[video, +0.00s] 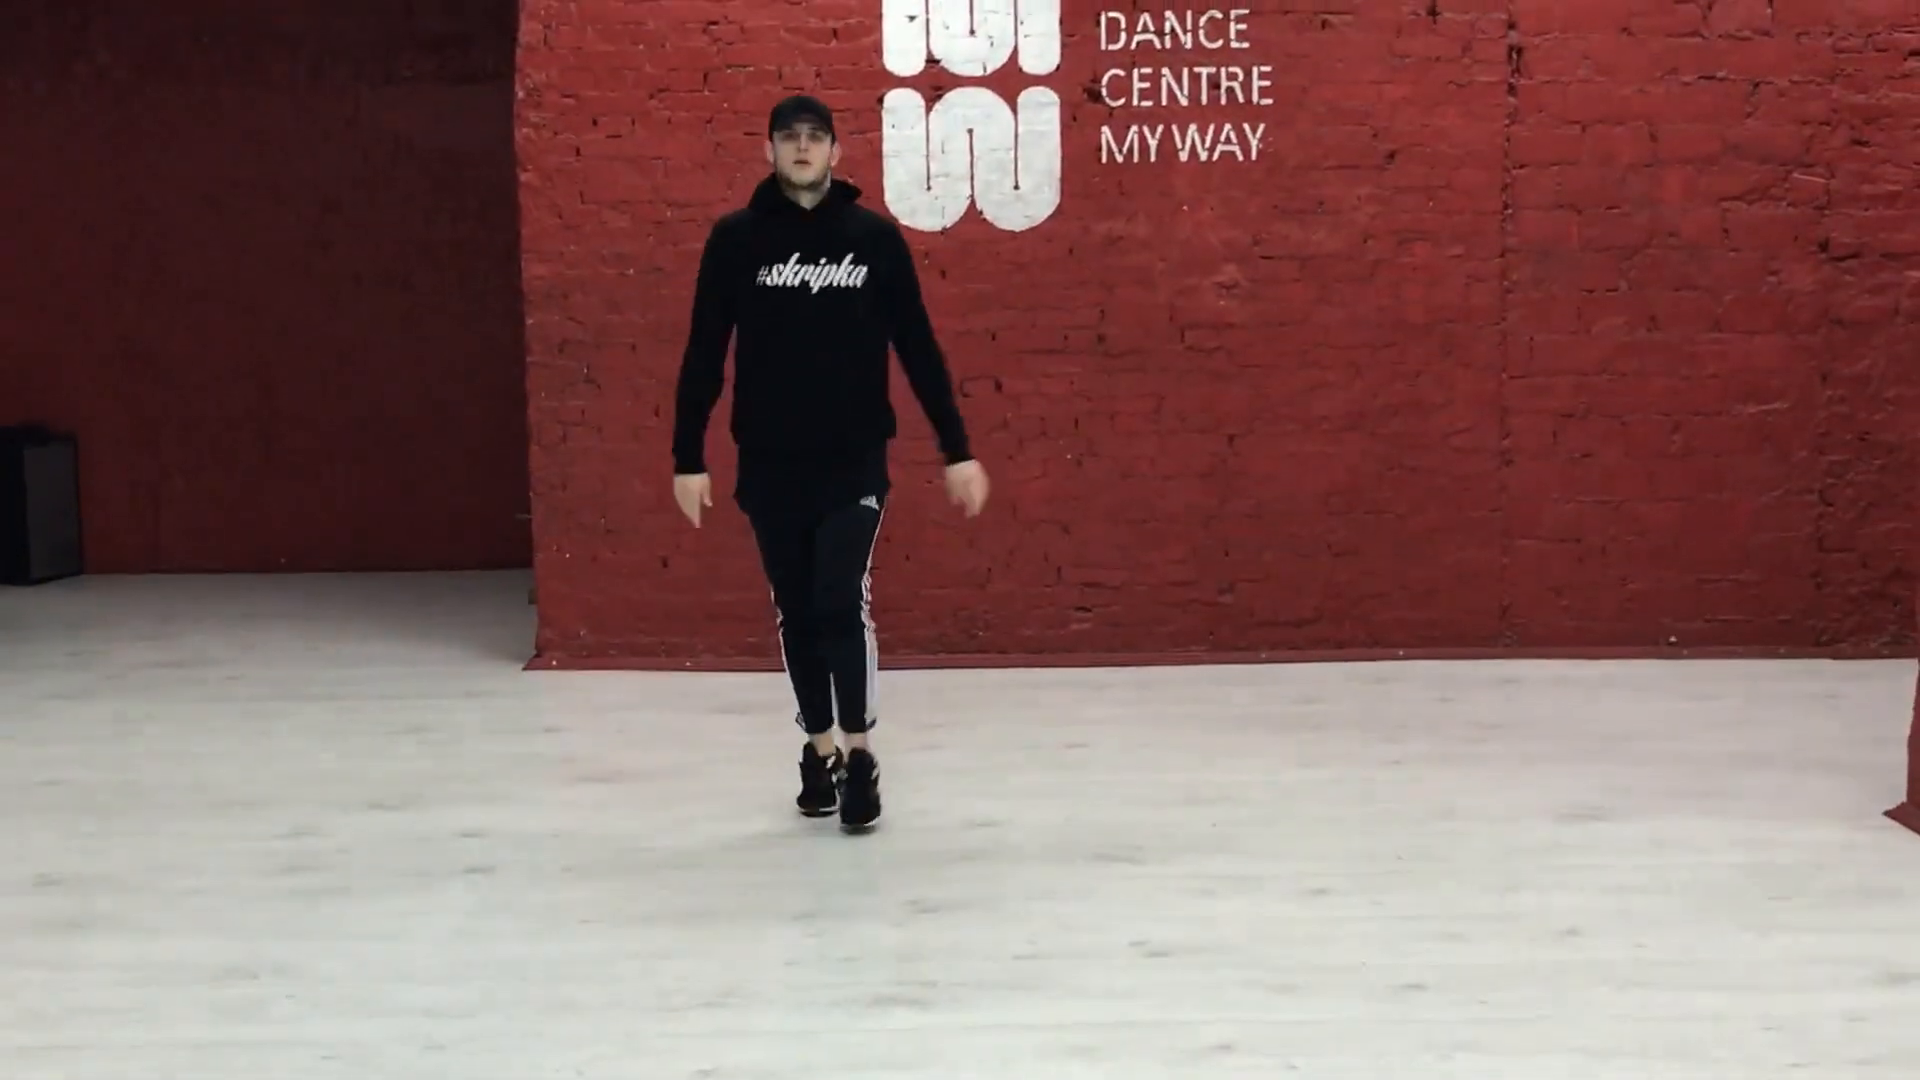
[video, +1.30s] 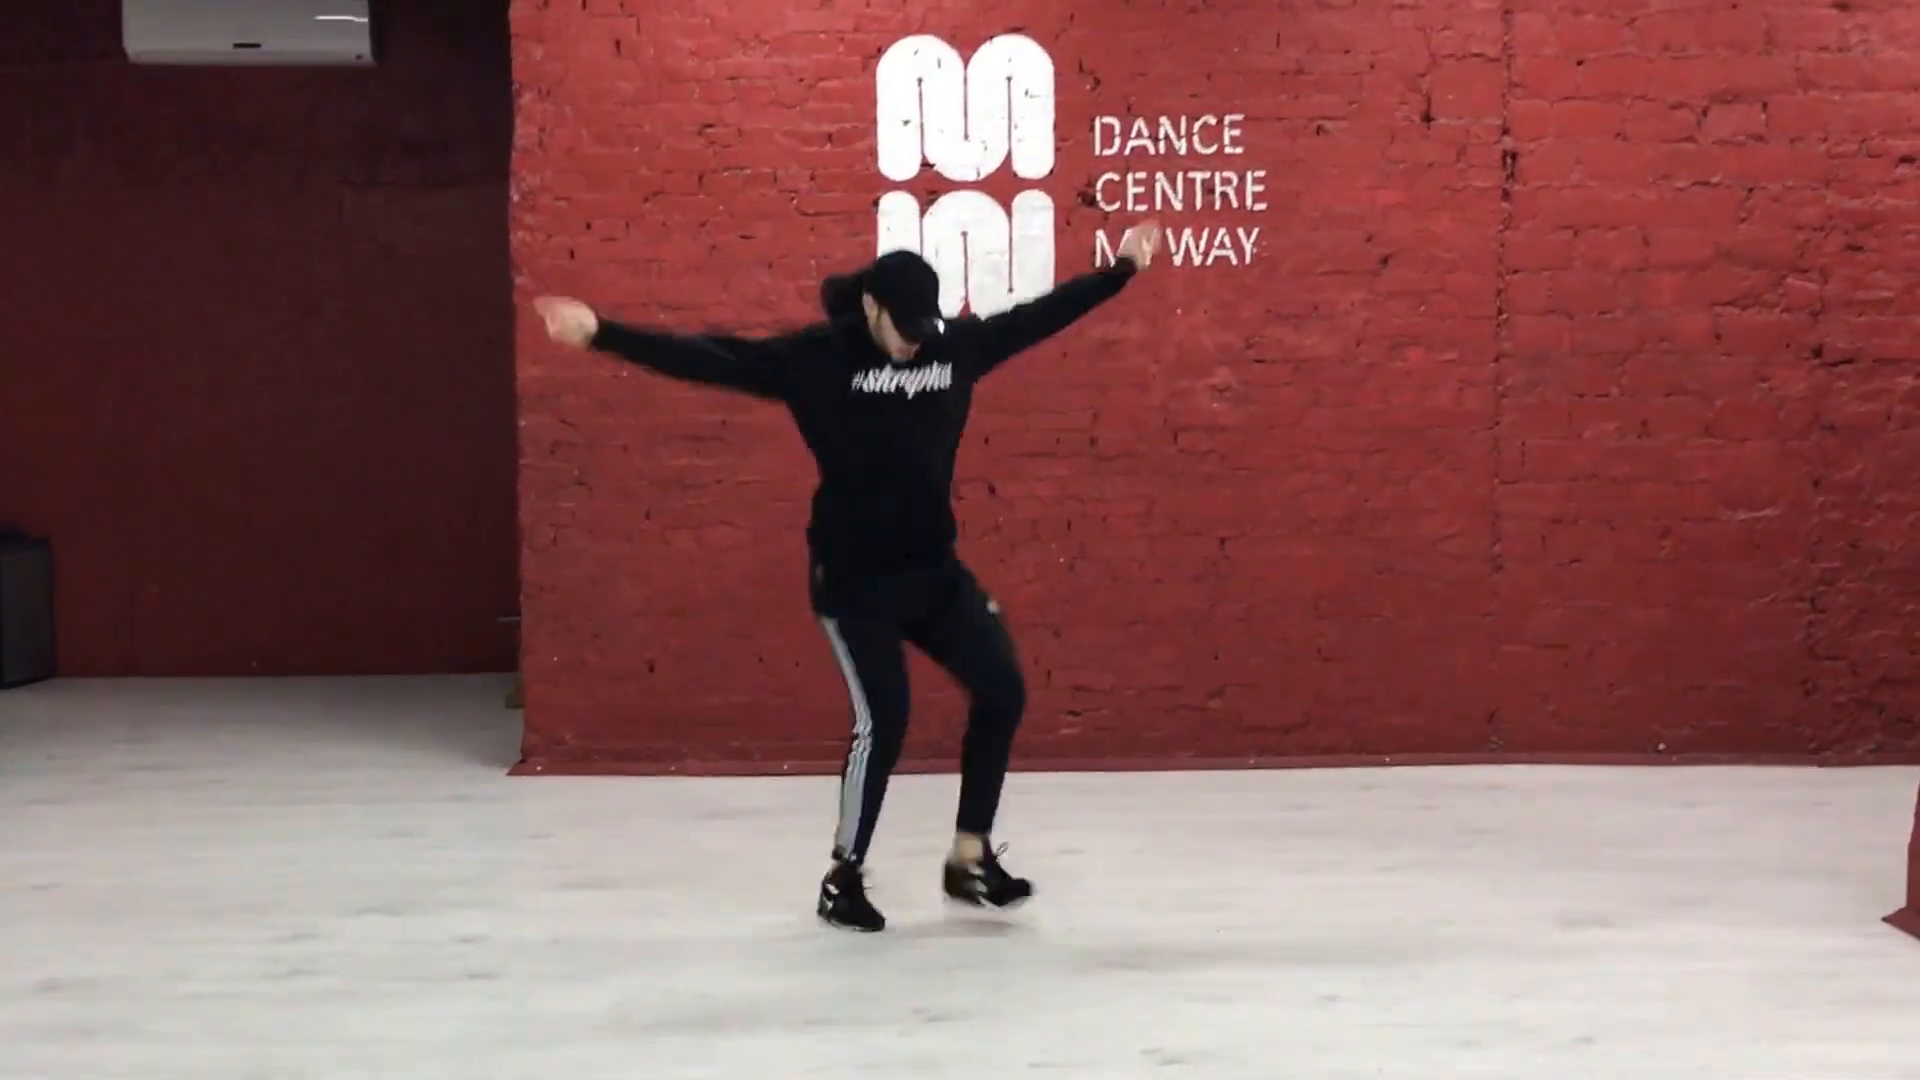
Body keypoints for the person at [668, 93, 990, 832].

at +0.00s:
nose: (802, 150)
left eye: (815, 139)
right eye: (790, 139)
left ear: (834, 151)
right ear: (770, 151)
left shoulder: (876, 238)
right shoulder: (735, 239)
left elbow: (918, 346)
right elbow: (705, 351)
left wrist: (956, 449)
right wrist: (687, 457)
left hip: (853, 454)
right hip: (769, 456)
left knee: (839, 603)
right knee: (796, 611)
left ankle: (858, 756)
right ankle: (820, 751)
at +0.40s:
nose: (820, 171)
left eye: (832, 162)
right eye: (807, 161)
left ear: (849, 176)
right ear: (787, 175)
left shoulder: (887, 262)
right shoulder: (752, 262)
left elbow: (905, 373)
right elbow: (743, 377)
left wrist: (889, 463)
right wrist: (777, 470)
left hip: (871, 468)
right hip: (791, 471)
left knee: (873, 622)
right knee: (812, 625)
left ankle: (881, 755)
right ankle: (815, 774)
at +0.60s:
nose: (839, 219)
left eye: (851, 209)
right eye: (826, 209)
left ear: (868, 221)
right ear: (807, 222)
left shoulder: (903, 313)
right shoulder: (773, 308)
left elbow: (916, 418)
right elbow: (770, 421)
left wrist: (832, 417)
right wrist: (849, 478)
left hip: (879, 512)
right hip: (797, 512)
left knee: (871, 657)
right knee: (815, 655)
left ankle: (868, 784)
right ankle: (816, 795)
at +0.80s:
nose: (856, 229)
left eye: (868, 217)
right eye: (844, 216)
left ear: (884, 225)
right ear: (823, 223)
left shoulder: (912, 310)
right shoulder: (788, 302)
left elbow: (942, 417)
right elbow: (761, 408)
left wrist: (901, 398)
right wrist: (845, 390)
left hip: (879, 506)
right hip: (797, 506)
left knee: (901, 646)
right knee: (821, 650)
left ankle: (866, 790)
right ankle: (789, 789)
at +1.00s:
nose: (886, 275)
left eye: (897, 261)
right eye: (877, 258)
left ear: (909, 251)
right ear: (846, 238)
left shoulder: (917, 307)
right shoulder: (792, 306)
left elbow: (967, 378)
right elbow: (720, 390)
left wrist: (1030, 442)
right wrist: (644, 470)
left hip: (903, 522)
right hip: (817, 523)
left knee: (914, 663)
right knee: (815, 670)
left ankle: (870, 799)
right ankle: (783, 810)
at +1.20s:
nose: (906, 306)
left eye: (915, 293)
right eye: (895, 291)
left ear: (927, 280)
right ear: (864, 270)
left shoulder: (949, 313)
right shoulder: (809, 317)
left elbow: (1033, 297)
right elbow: (704, 320)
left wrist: (1119, 261)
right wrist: (581, 300)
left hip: (916, 529)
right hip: (837, 533)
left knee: (958, 666)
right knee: (874, 678)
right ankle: (830, 841)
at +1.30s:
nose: (915, 341)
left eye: (924, 328)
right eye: (904, 326)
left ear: (934, 315)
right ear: (871, 309)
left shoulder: (958, 347)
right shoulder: (815, 358)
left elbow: (1042, 314)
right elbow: (710, 357)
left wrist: (1121, 268)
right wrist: (601, 332)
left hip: (932, 570)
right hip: (850, 577)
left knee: (1003, 693)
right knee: (883, 718)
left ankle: (970, 858)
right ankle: (844, 877)